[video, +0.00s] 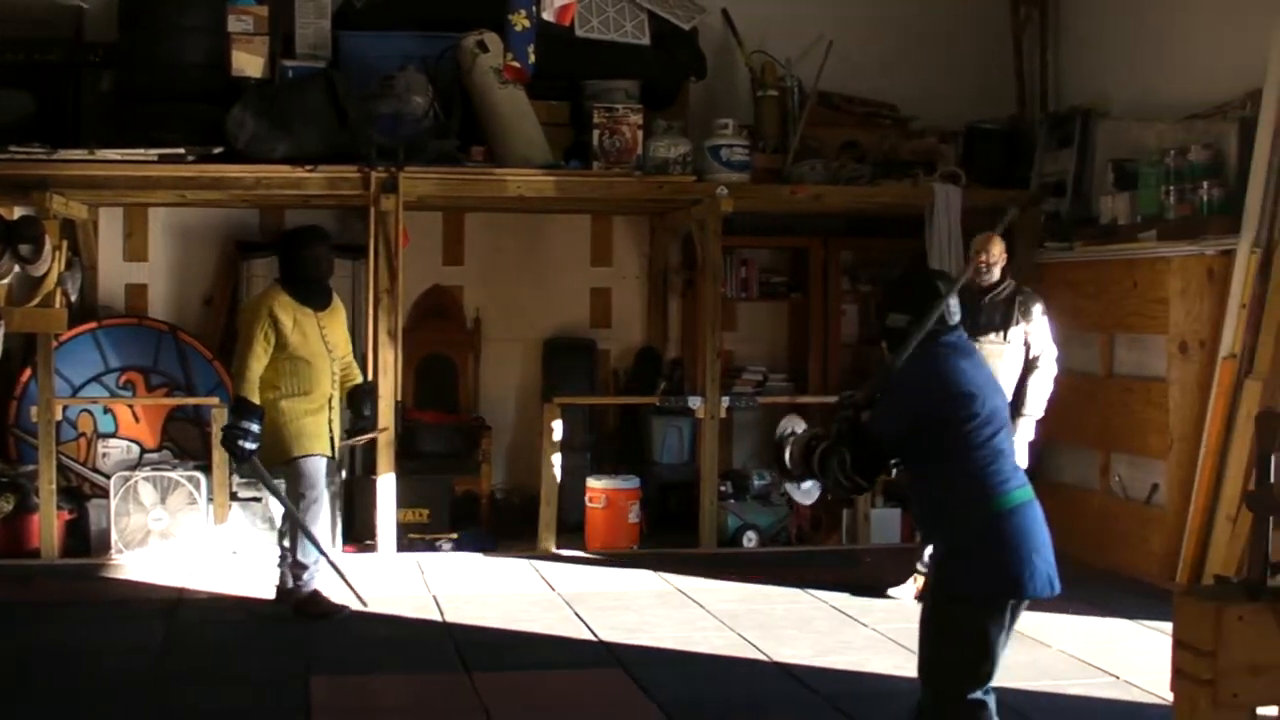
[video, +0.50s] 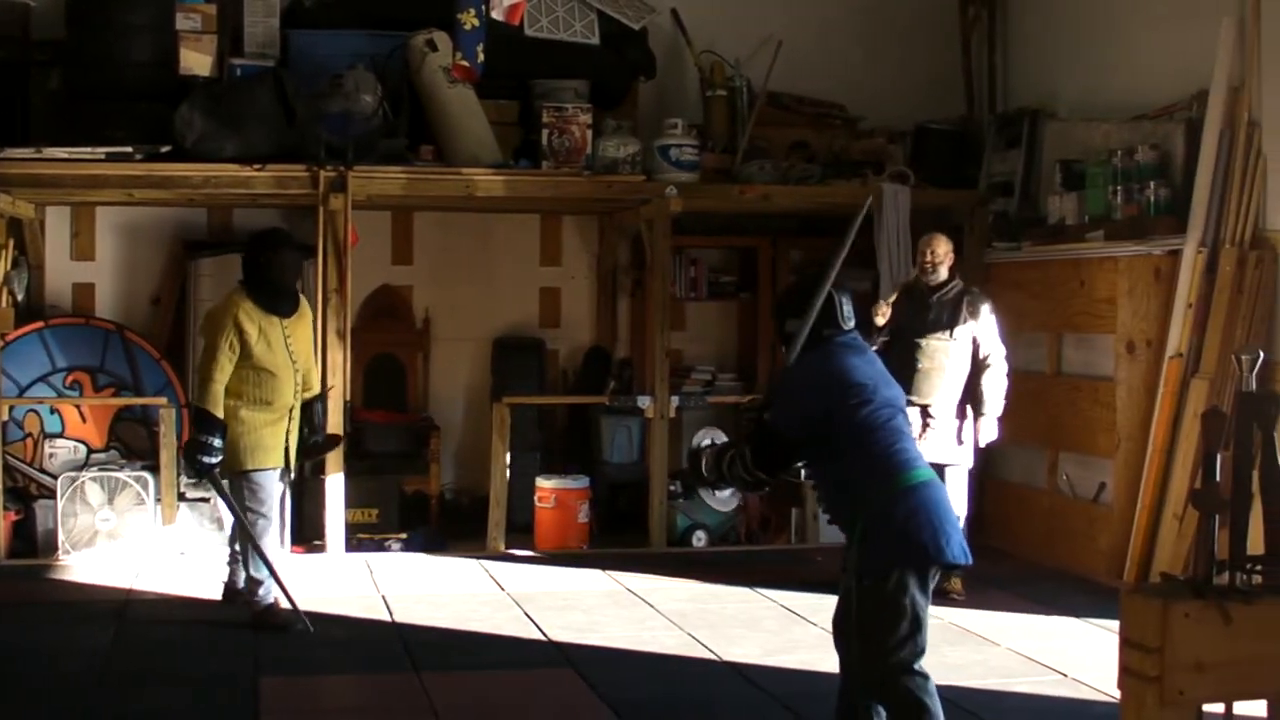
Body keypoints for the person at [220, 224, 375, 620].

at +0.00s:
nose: (327, 266)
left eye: (328, 257)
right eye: (318, 258)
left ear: (331, 262)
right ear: (295, 262)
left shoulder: (333, 306)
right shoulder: (270, 306)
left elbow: (345, 360)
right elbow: (249, 365)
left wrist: (361, 394)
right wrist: (246, 418)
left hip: (325, 419)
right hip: (292, 419)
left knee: (307, 499)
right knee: (313, 495)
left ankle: (291, 582)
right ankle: (304, 585)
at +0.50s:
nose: (296, 274)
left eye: (297, 266)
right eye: (287, 266)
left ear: (298, 268)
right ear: (263, 268)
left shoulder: (301, 310)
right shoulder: (232, 313)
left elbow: (308, 369)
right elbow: (212, 378)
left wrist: (315, 424)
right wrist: (206, 438)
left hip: (285, 429)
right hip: (248, 431)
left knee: (262, 512)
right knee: (263, 514)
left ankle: (239, 587)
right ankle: (262, 598)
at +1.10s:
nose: (298, 277)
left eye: (301, 269)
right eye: (290, 269)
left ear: (302, 270)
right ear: (265, 271)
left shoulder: (304, 304)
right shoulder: (242, 312)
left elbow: (343, 331)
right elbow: (255, 358)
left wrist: (362, 371)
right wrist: (282, 388)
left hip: (282, 421)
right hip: (248, 424)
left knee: (259, 506)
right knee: (262, 509)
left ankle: (237, 584)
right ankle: (269, 595)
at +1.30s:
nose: (296, 277)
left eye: (297, 269)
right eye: (288, 269)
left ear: (296, 271)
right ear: (264, 271)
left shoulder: (297, 303)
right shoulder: (240, 309)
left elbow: (331, 320)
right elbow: (252, 345)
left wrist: (366, 331)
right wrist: (291, 355)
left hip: (281, 428)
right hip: (247, 427)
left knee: (259, 508)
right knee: (260, 510)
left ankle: (237, 583)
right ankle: (268, 596)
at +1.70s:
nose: (294, 276)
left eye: (296, 268)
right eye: (285, 268)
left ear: (297, 269)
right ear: (260, 270)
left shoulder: (305, 309)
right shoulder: (236, 314)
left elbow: (339, 359)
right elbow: (228, 379)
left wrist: (321, 393)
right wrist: (268, 377)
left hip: (287, 424)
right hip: (249, 423)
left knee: (262, 505)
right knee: (263, 505)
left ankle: (237, 583)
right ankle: (267, 594)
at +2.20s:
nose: (284, 274)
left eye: (286, 266)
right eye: (275, 267)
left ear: (289, 267)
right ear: (251, 270)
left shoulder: (300, 307)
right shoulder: (228, 312)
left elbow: (318, 365)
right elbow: (215, 376)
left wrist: (323, 422)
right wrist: (259, 370)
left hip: (285, 427)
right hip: (244, 427)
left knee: (262, 505)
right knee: (261, 505)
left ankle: (237, 582)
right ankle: (267, 594)